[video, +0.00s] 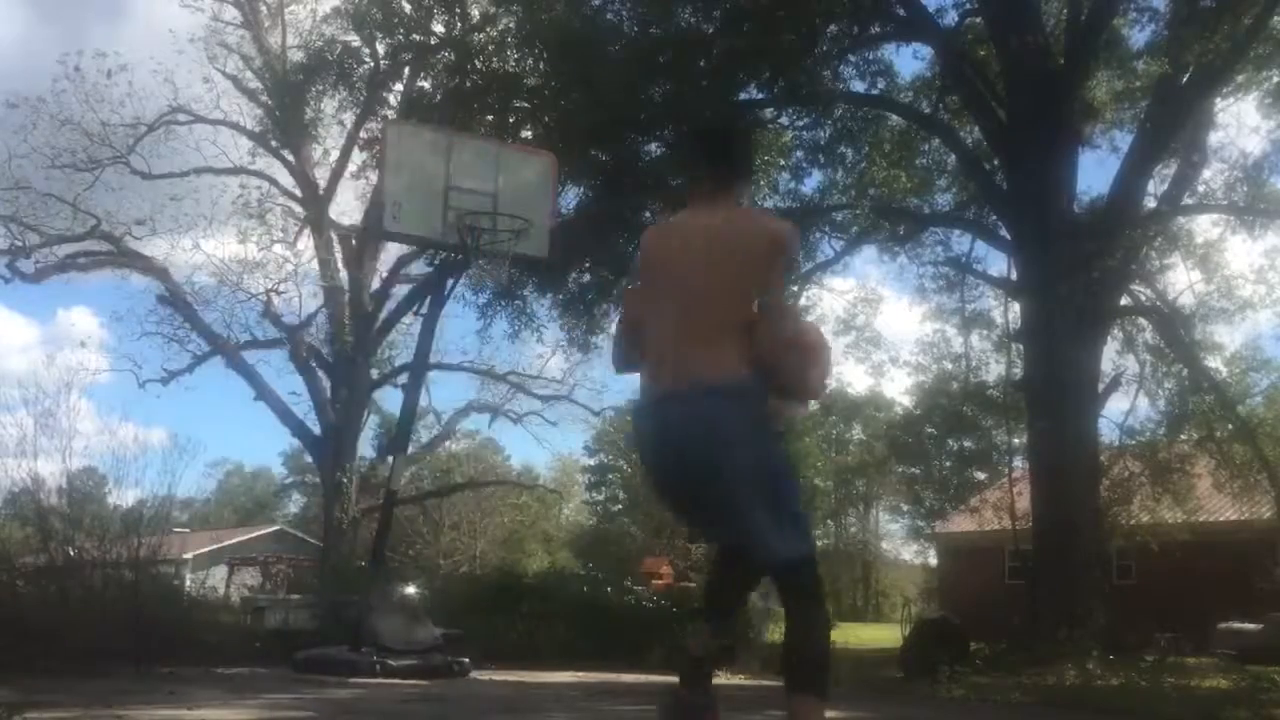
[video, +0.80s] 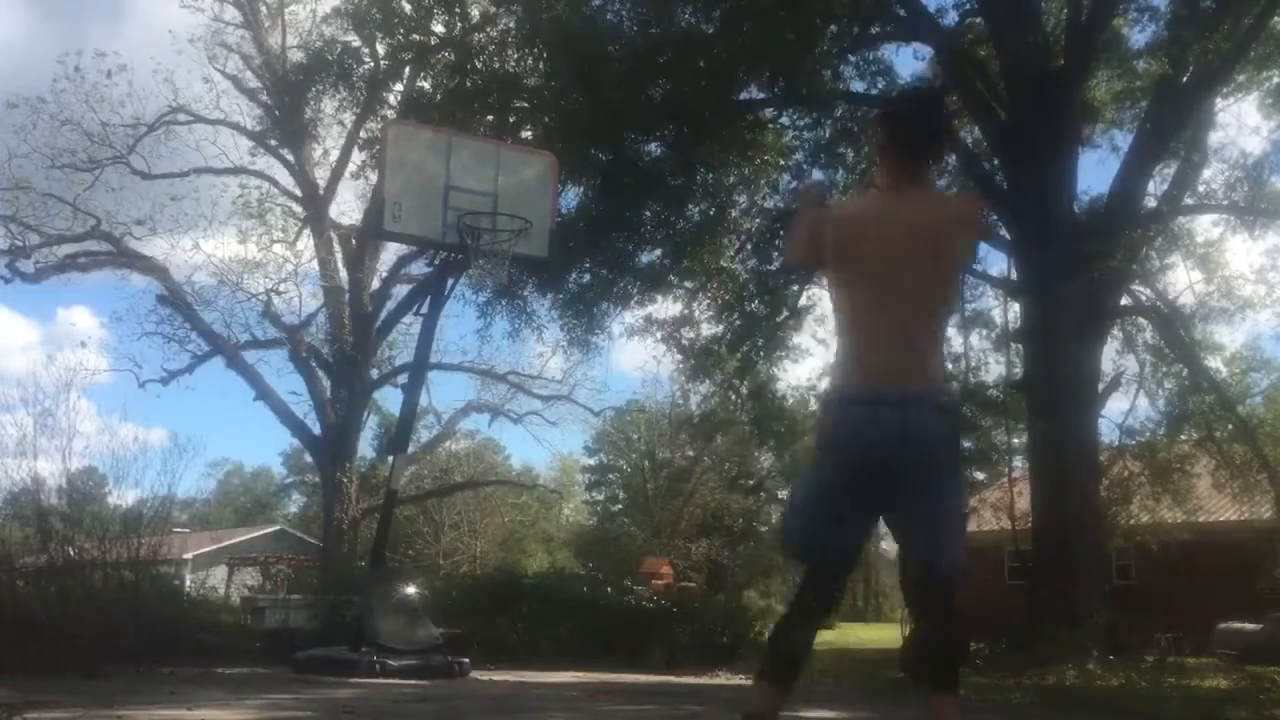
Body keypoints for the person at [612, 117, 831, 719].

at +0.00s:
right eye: (746, 168)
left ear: (687, 172)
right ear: (746, 171)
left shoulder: (657, 240)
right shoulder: (771, 233)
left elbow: (626, 350)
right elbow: (771, 339)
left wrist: (690, 330)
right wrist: (801, 377)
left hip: (660, 425)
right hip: (733, 419)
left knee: (740, 543)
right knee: (800, 579)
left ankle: (697, 679)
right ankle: (806, 707)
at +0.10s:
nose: (783, 157)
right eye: (784, 147)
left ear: (729, 150)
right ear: (785, 151)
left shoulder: (687, 218)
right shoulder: (808, 216)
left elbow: (665, 267)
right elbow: (840, 314)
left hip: (696, 412)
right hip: (769, 410)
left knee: (784, 561)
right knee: (811, 562)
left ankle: (774, 689)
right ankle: (808, 702)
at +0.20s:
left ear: (753, 86)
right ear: (813, 88)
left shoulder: (720, 141)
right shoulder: (823, 150)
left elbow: (672, 110)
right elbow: (868, 176)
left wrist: (734, 85)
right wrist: (858, 93)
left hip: (740, 354)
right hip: (810, 350)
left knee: (764, 545)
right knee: (830, 541)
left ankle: (767, 705)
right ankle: (831, 706)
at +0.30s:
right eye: (827, 20)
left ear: (760, 26)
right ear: (822, 26)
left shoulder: (735, 75)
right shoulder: (843, 83)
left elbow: (677, 62)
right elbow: (879, 88)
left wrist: (732, 30)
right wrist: (859, 34)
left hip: (763, 281)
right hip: (835, 280)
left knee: (766, 474)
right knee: (843, 476)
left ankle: (760, 669)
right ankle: (833, 665)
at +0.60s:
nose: (902, 34)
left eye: (890, 28)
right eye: (900, 27)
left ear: (841, 29)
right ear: (893, 30)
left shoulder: (806, 80)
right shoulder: (913, 70)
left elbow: (784, 56)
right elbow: (919, 45)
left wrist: (776, 37)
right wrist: (891, 23)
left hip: (812, 283)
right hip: (891, 282)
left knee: (783, 476)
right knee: (904, 485)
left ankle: (742, 660)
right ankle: (923, 669)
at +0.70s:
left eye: (876, 71)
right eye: (914, 77)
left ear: (863, 84)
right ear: (920, 84)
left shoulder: (823, 149)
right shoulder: (940, 141)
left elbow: (796, 135)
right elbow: (918, 89)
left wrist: (796, 103)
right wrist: (899, 33)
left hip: (829, 355)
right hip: (907, 353)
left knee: (796, 527)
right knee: (925, 534)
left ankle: (748, 685)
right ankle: (945, 690)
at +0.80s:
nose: (873, 147)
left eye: (877, 139)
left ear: (881, 144)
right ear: (942, 149)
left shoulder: (842, 219)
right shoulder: (961, 218)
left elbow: (798, 255)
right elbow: (984, 216)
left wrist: (809, 201)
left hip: (852, 418)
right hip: (927, 420)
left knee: (821, 578)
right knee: (933, 582)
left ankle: (762, 705)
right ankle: (943, 707)